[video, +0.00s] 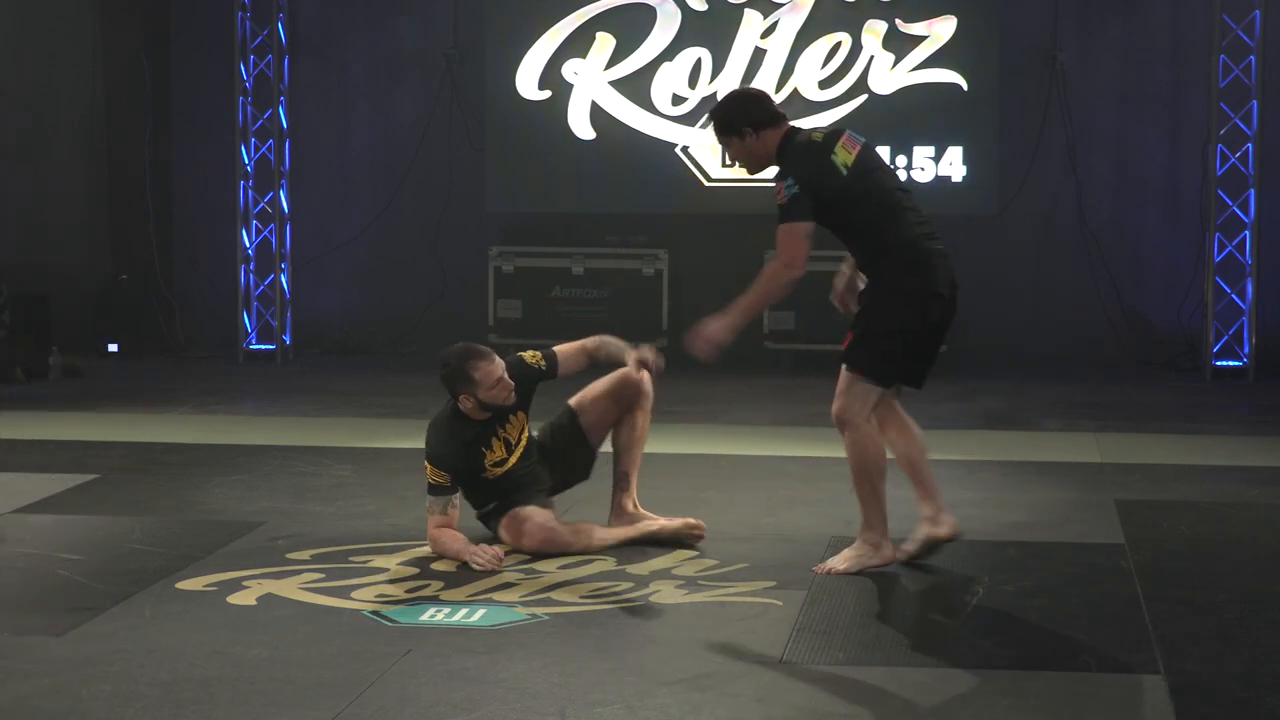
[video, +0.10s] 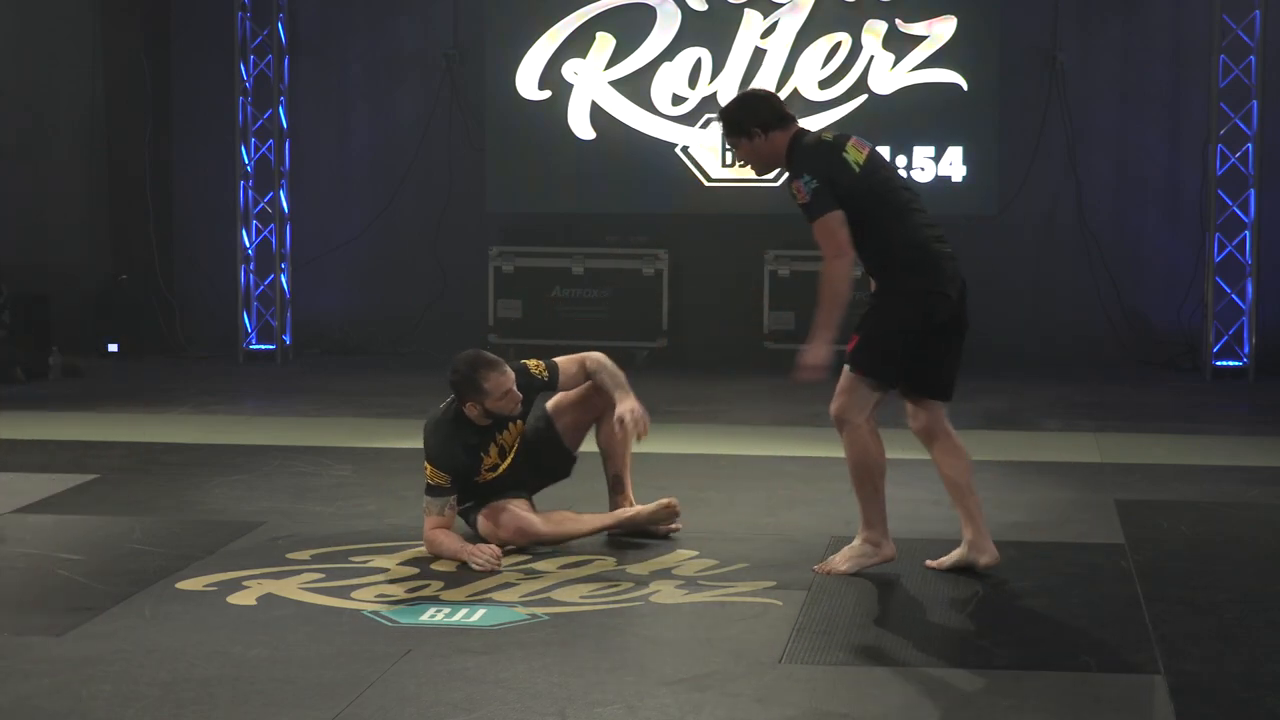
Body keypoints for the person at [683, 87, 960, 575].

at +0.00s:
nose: (733, 158)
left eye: (731, 147)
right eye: (728, 149)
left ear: (752, 134)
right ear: (770, 124)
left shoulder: (795, 165)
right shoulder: (832, 138)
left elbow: (789, 263)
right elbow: (883, 205)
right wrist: (853, 268)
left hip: (903, 282)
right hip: (928, 274)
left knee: (850, 412)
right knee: (880, 403)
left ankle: (874, 540)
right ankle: (936, 516)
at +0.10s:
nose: (741, 159)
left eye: (739, 147)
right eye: (736, 150)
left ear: (762, 134)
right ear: (772, 130)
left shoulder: (805, 164)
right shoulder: (833, 143)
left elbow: (839, 254)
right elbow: (893, 206)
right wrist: (884, 275)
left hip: (906, 289)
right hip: (942, 284)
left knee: (850, 412)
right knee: (928, 418)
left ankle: (874, 539)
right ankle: (978, 541)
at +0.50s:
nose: (717, 191)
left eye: (713, 180)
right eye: (712, 183)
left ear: (731, 166)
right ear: (751, 152)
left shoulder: (781, 188)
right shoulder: (806, 168)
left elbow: (835, 273)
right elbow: (833, 272)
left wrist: (858, 356)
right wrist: (811, 348)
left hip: (891, 294)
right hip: (932, 286)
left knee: (852, 417)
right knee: (923, 421)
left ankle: (847, 560)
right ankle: (975, 544)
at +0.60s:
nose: (702, 202)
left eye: (699, 189)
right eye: (696, 192)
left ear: (718, 175)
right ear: (736, 163)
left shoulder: (766, 196)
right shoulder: (785, 182)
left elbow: (807, 283)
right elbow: (820, 287)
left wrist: (801, 373)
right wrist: (782, 354)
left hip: (887, 290)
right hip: (915, 281)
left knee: (846, 422)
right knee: (886, 415)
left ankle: (847, 560)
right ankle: (942, 530)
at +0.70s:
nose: (691, 212)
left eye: (688, 199)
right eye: (685, 203)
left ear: (706, 184)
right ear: (718, 175)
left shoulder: (752, 202)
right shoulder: (767, 189)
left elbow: (792, 287)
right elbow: (789, 289)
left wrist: (781, 368)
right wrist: (740, 346)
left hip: (878, 285)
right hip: (903, 277)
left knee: (843, 422)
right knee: (861, 411)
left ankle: (847, 560)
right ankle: (877, 536)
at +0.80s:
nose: (680, 218)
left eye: (678, 206)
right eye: (674, 210)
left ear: (696, 192)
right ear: (703, 187)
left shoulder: (741, 205)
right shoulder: (746, 201)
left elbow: (784, 281)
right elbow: (745, 295)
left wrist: (782, 364)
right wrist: (686, 336)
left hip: (873, 282)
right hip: (880, 278)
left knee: (842, 414)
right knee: (839, 406)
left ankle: (848, 560)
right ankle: (818, 526)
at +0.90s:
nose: (666, 223)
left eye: (663, 211)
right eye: (661, 214)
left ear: (680, 197)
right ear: (689, 195)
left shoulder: (730, 206)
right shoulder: (732, 214)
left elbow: (781, 268)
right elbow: (696, 292)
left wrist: (781, 349)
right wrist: (640, 331)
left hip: (861, 290)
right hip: (863, 287)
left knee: (815, 419)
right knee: (825, 417)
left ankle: (845, 557)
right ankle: (808, 538)